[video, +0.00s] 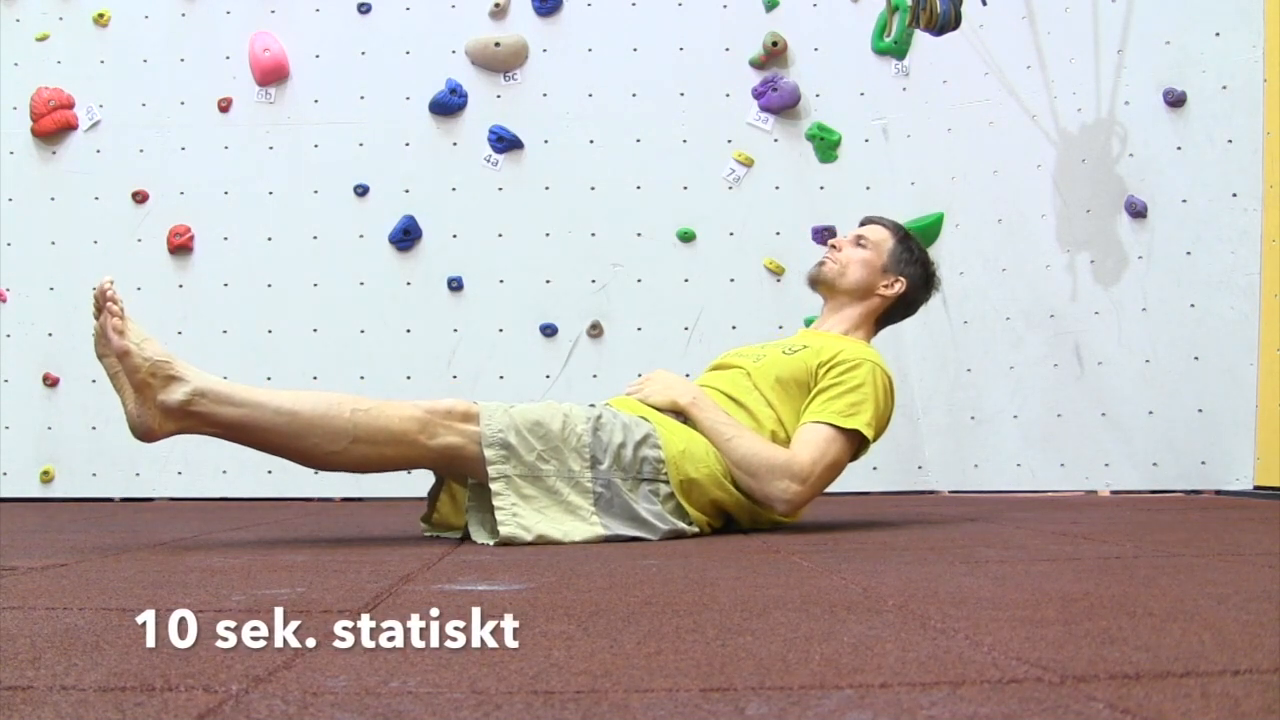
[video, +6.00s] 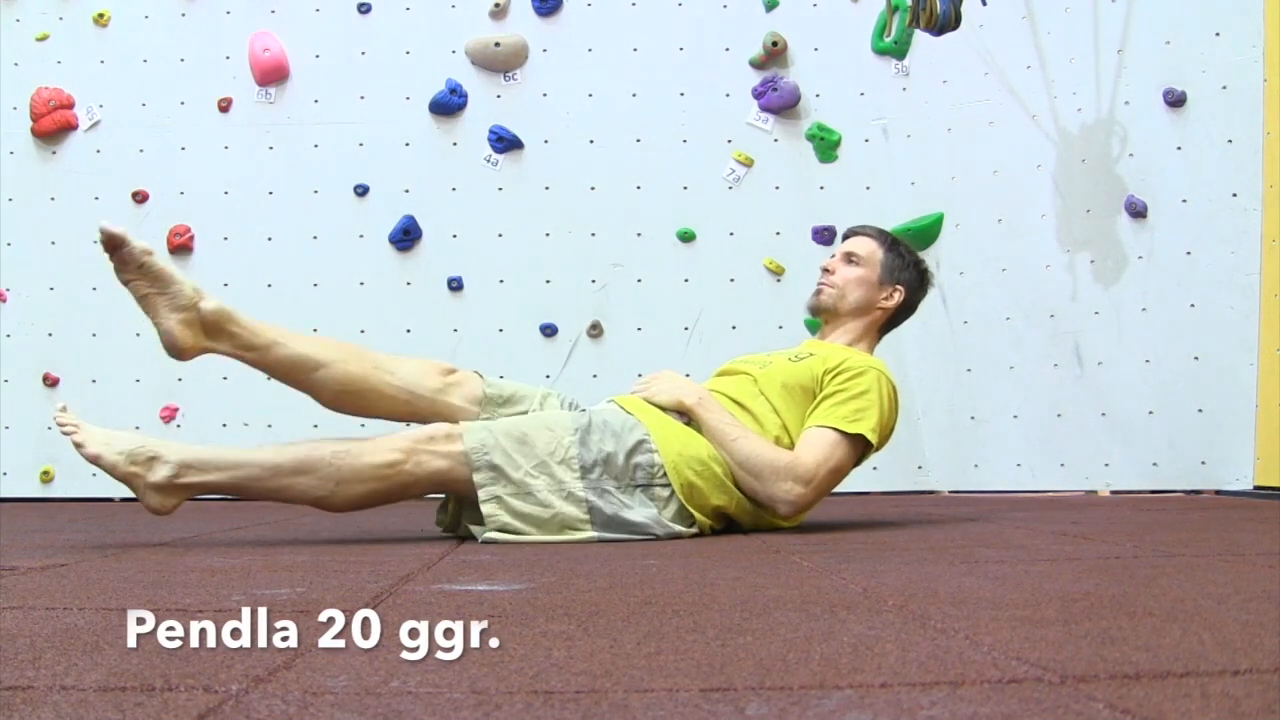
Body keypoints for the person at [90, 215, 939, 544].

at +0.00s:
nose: (833, 242)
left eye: (857, 242)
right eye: (843, 235)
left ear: (887, 286)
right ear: (847, 273)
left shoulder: (858, 367)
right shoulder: (795, 352)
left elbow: (789, 489)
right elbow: (745, 462)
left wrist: (694, 399)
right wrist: (672, 403)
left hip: (662, 459)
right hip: (640, 444)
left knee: (443, 427)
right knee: (432, 429)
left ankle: (178, 398)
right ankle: (180, 399)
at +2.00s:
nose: (845, 254)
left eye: (868, 254)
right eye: (855, 246)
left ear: (896, 300)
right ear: (860, 284)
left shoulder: (864, 376)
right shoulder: (804, 358)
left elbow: (791, 492)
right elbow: (750, 466)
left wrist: (700, 403)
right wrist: (676, 407)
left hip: (659, 460)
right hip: (639, 445)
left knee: (441, 428)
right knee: (430, 428)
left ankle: (178, 400)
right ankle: (179, 401)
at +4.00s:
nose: (848, 265)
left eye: (871, 264)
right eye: (858, 255)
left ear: (900, 311)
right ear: (871, 299)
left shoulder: (867, 384)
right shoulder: (812, 367)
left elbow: (795, 494)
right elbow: (758, 475)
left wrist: (701, 403)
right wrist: (677, 408)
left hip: (655, 461)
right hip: (639, 447)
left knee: (443, 427)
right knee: (435, 424)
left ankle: (177, 405)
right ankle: (179, 406)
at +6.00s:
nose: (832, 263)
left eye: (856, 260)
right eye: (836, 253)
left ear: (890, 300)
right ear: (837, 285)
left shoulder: (861, 378)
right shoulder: (791, 362)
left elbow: (790, 492)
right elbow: (737, 456)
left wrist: (700, 403)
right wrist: (664, 405)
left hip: (639, 467)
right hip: (608, 430)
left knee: (433, 449)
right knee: (440, 386)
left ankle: (178, 472)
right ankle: (208, 323)